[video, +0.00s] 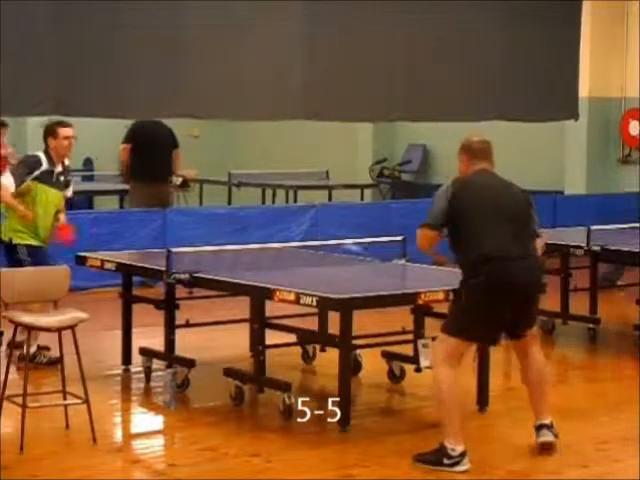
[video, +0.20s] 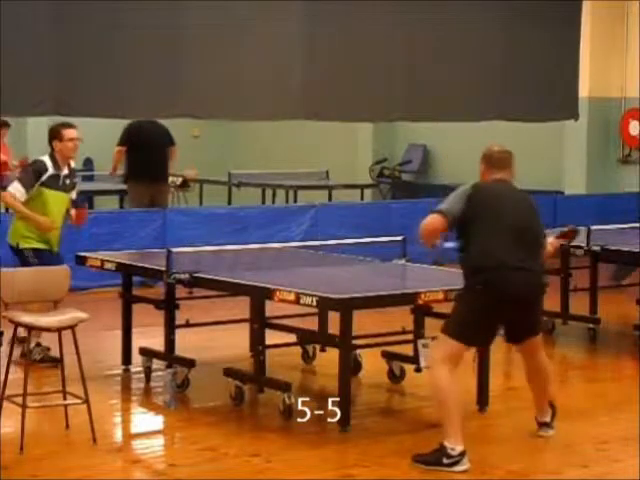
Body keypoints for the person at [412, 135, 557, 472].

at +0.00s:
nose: (458, 168)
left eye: (458, 163)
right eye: (460, 163)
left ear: (464, 161)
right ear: (492, 161)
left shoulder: (455, 189)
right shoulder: (518, 192)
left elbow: (425, 240)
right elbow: (536, 245)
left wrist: (445, 260)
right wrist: (516, 268)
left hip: (483, 279)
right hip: (527, 277)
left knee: (445, 359)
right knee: (528, 345)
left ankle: (453, 448)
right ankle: (545, 424)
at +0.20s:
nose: (479, 176)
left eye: (479, 171)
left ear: (483, 170)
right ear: (512, 172)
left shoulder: (471, 192)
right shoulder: (526, 201)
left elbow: (429, 228)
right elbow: (545, 250)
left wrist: (431, 238)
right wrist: (546, 246)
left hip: (485, 286)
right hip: (529, 285)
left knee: (442, 359)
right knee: (533, 348)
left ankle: (453, 448)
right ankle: (545, 416)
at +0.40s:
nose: (498, 182)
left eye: (498, 177)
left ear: (501, 177)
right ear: (529, 178)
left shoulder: (497, 195)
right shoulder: (538, 203)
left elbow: (474, 223)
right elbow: (537, 244)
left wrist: (449, 244)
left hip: (508, 282)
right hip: (547, 282)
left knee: (477, 357)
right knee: (548, 342)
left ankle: (457, 443)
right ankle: (546, 416)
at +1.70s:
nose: (479, 179)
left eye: (479, 173)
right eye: (481, 173)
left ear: (486, 173)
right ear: (510, 173)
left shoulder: (494, 209)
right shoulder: (526, 209)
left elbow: (482, 262)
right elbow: (517, 261)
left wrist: (438, 253)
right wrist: (455, 255)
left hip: (508, 311)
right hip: (548, 305)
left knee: (450, 375)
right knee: (549, 358)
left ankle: (460, 463)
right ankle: (572, 434)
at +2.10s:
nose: (478, 159)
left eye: (479, 154)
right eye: (480, 153)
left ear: (484, 159)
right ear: (513, 159)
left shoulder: (487, 201)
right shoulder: (533, 198)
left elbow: (460, 255)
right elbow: (524, 251)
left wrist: (429, 248)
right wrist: (469, 242)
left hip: (491, 309)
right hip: (532, 307)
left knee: (444, 366)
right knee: (537, 363)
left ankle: (463, 461)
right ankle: (570, 435)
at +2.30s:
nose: (472, 151)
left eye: (473, 146)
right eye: (477, 146)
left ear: (476, 148)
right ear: (508, 150)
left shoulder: (464, 187)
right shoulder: (529, 191)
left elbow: (438, 244)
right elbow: (548, 251)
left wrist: (435, 237)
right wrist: (518, 256)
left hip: (472, 295)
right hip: (520, 296)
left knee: (424, 365)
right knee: (543, 366)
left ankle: (439, 452)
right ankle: (562, 446)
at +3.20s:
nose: (451, 165)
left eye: (453, 159)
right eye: (453, 159)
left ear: (459, 158)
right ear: (483, 157)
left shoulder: (449, 188)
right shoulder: (512, 190)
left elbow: (433, 246)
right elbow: (535, 245)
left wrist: (460, 242)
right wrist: (507, 250)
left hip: (472, 285)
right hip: (518, 284)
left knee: (432, 362)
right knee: (534, 360)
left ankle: (418, 448)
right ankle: (545, 441)